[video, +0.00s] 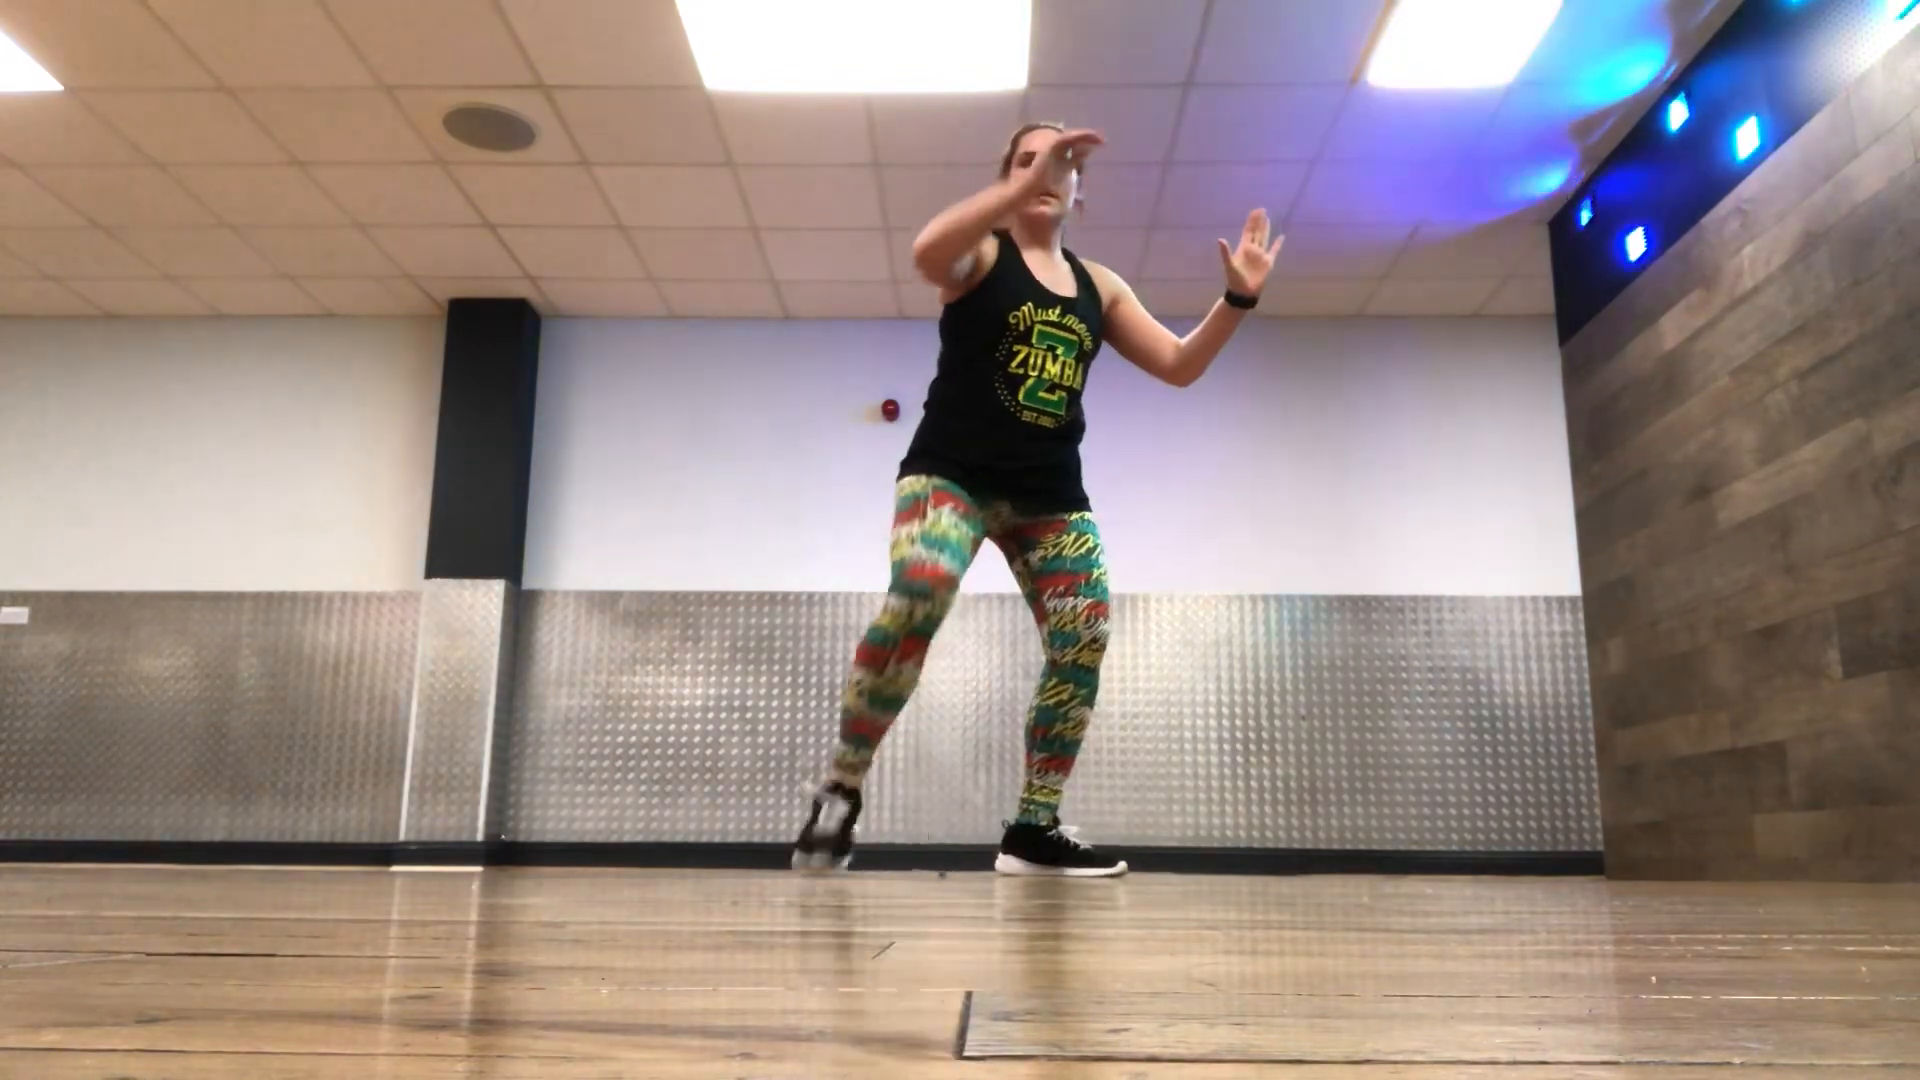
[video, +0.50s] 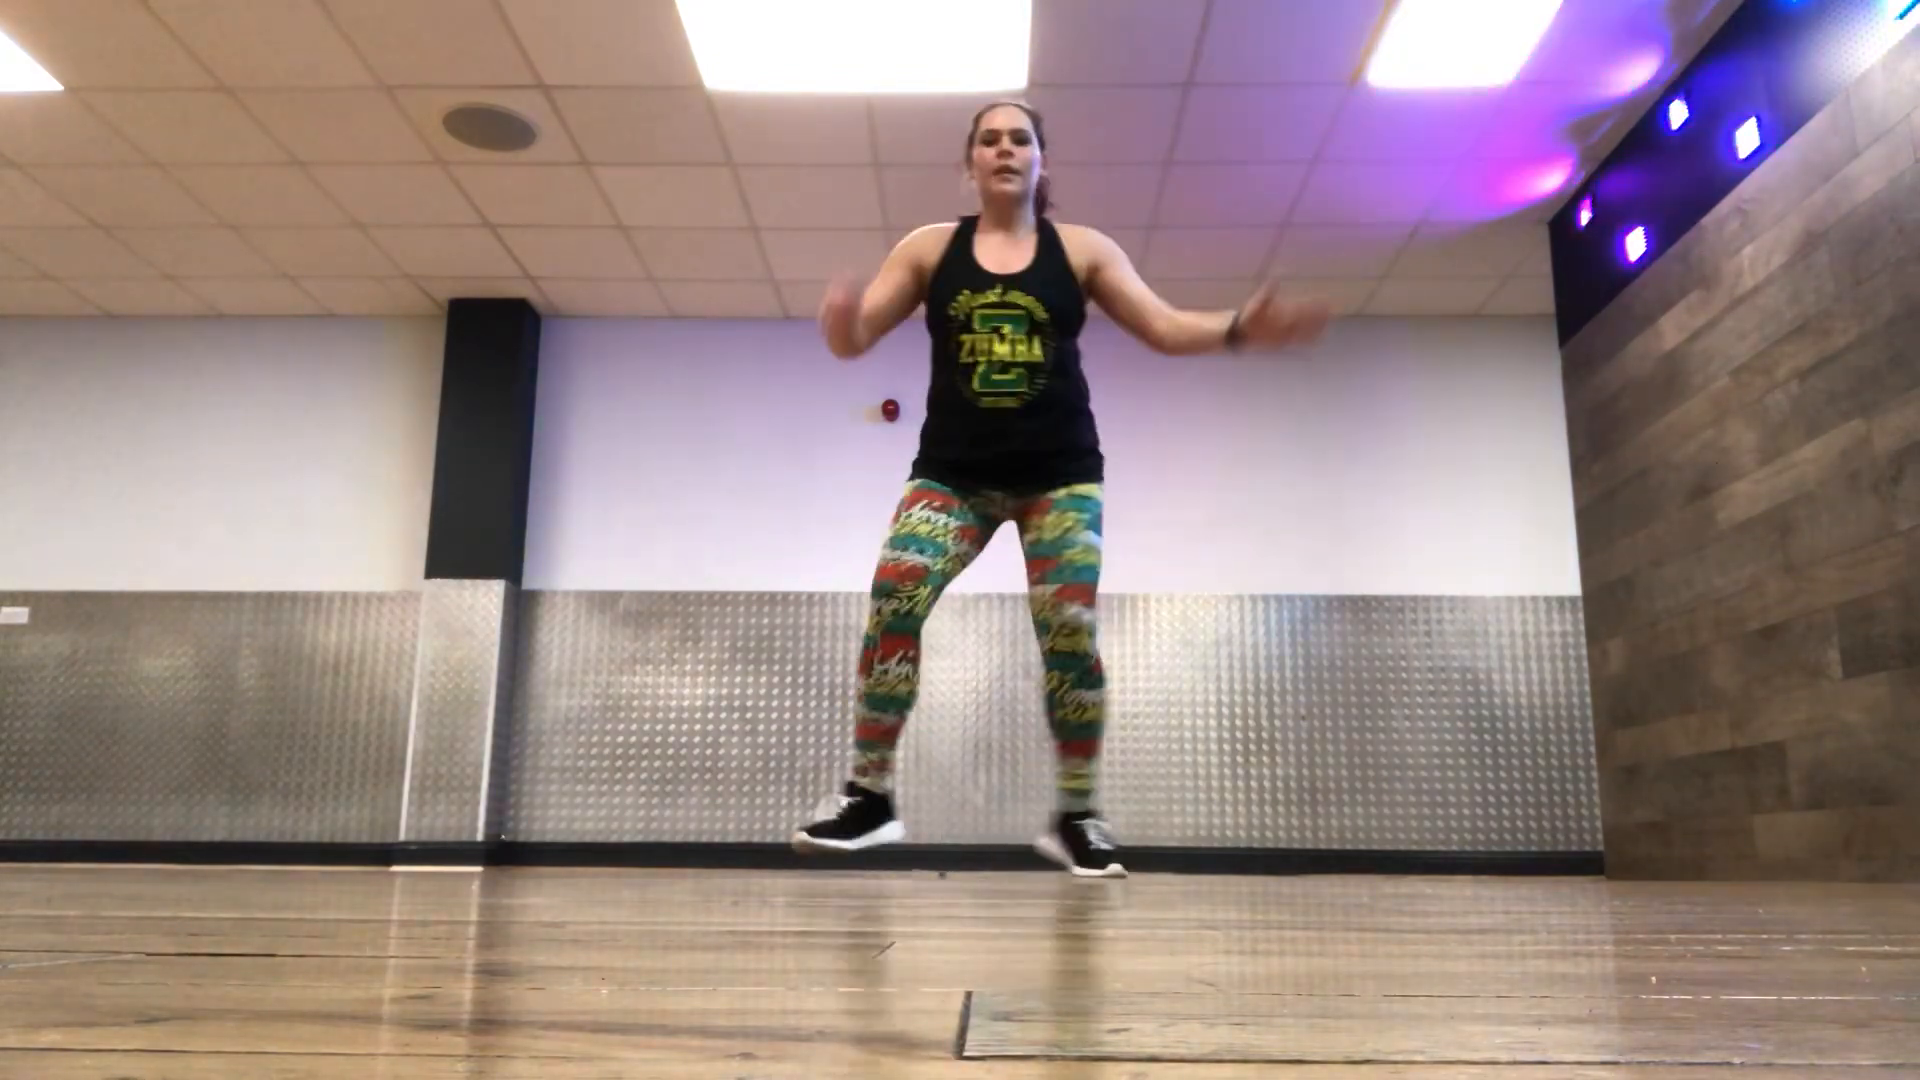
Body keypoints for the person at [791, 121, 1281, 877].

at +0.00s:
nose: (1047, 175)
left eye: (1060, 166)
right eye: (1030, 164)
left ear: (1075, 192)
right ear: (1007, 185)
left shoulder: (1098, 287)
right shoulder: (980, 257)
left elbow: (1179, 363)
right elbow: (930, 249)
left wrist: (1237, 299)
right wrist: (1026, 177)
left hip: (1048, 490)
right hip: (952, 474)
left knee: (1081, 637)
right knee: (919, 597)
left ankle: (1034, 828)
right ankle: (840, 792)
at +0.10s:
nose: (1034, 174)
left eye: (1048, 166)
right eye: (1021, 166)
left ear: (1072, 190)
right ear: (1000, 188)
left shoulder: (1093, 293)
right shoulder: (968, 254)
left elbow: (1173, 370)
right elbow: (913, 288)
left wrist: (1231, 305)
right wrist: (1016, 230)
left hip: (1043, 501)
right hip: (943, 488)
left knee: (1087, 634)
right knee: (914, 625)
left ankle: (1034, 829)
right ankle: (835, 815)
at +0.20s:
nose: (1032, 178)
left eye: (1046, 169)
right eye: (1018, 169)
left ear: (1069, 193)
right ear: (994, 190)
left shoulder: (1093, 294)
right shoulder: (970, 264)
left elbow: (1175, 369)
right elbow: (895, 282)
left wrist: (1230, 305)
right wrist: (1011, 218)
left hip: (1041, 502)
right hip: (941, 489)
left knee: (1088, 636)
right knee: (923, 624)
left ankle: (1034, 829)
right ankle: (842, 818)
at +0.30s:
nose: (1026, 169)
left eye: (1039, 159)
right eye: (1012, 159)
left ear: (1062, 182)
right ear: (990, 182)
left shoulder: (1099, 276)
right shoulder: (962, 257)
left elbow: (1185, 351)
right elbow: (872, 288)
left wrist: (1241, 292)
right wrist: (930, 211)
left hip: (1050, 496)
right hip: (947, 485)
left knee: (1081, 641)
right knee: (908, 622)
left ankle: (1035, 828)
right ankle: (837, 815)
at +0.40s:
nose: (1018, 156)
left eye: (1032, 146)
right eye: (1004, 146)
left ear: (1054, 168)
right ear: (981, 169)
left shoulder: (1095, 257)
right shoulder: (944, 251)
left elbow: (1187, 329)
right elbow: (849, 317)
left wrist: (1254, 289)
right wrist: (878, 245)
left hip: (1059, 484)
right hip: (952, 477)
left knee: (1077, 634)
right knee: (898, 610)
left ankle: (1037, 825)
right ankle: (840, 803)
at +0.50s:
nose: (1005, 148)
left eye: (1019, 138)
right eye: (991, 139)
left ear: (1041, 162)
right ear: (969, 162)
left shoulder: (1081, 249)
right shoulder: (930, 247)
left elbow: (1166, 327)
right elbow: (852, 340)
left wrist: (1239, 326)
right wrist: (841, 314)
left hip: (1059, 472)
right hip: (956, 470)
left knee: (1068, 625)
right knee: (894, 595)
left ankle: (1078, 815)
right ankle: (868, 797)